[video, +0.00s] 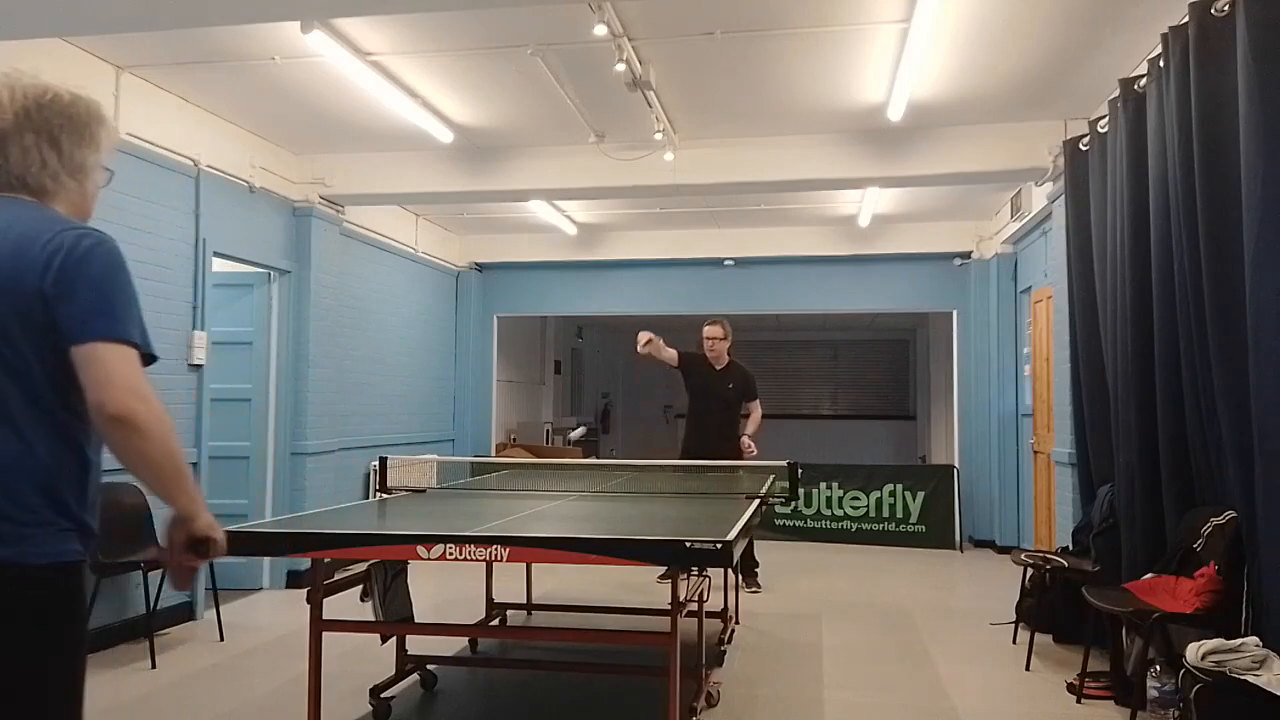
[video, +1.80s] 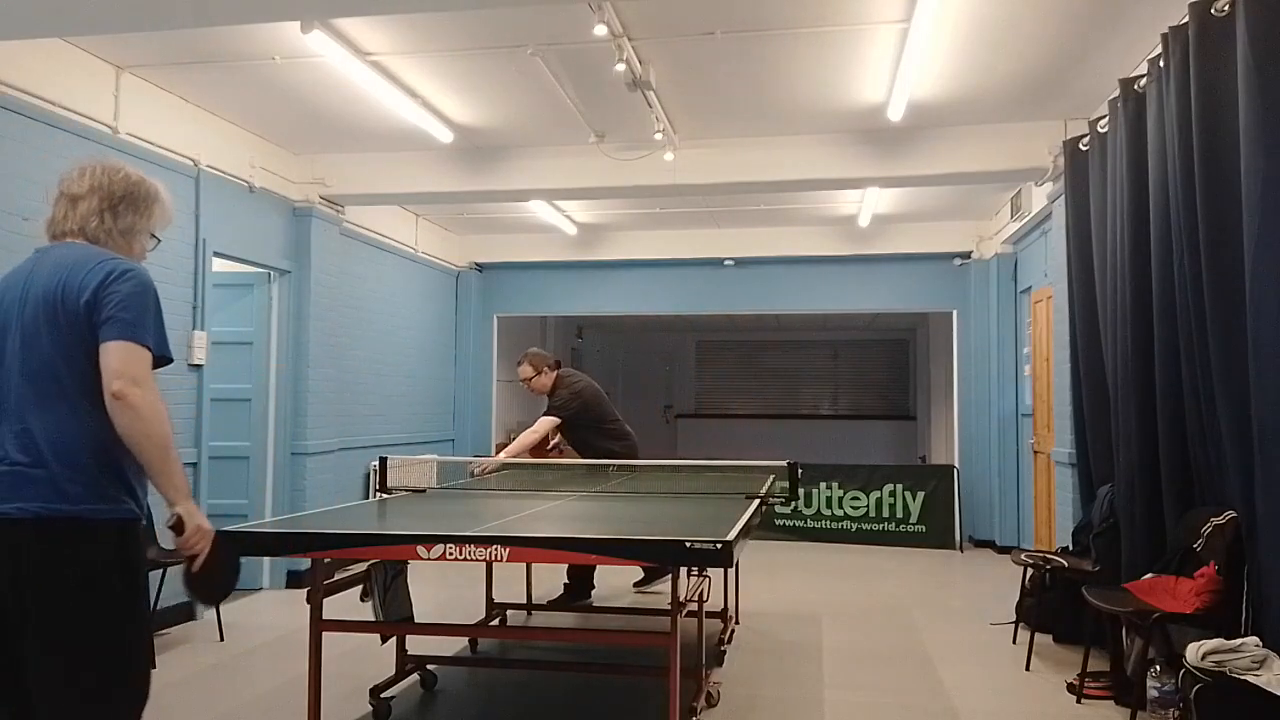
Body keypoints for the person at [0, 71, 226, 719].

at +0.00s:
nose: (102, 184)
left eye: (104, 169)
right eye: (98, 168)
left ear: (18, 160)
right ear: (62, 164)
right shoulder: (72, 249)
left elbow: (115, 401)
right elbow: (117, 403)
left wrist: (182, 511)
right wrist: (190, 509)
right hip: (33, 562)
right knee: (41, 706)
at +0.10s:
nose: (90, 194)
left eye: (93, 178)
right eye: (88, 176)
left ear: (11, 165)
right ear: (57, 170)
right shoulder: (58, 252)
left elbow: (94, 404)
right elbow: (97, 405)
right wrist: (147, 519)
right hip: (18, 558)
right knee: (26, 703)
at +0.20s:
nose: (75, 207)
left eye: (78, 193)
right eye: (74, 190)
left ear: (12, 175)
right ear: (44, 180)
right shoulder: (45, 260)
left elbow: (67, 412)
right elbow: (73, 413)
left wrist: (40, 546)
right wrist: (101, 531)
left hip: (13, 554)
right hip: (7, 554)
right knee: (13, 704)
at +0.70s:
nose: (27, 213)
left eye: (30, 202)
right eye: (28, 201)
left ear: (11, 196)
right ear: (13, 194)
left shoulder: (20, 273)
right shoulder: (16, 272)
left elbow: (64, 414)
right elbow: (66, 415)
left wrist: (111, 494)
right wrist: (115, 497)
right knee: (5, 696)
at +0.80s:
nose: (47, 217)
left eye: (49, 204)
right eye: (46, 203)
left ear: (6, 192)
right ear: (25, 198)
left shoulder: (29, 280)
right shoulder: (26, 278)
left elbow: (102, 423)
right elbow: (103, 425)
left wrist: (153, 453)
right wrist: (159, 459)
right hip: (6, 548)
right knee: (15, 702)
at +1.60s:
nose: (132, 249)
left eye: (136, 238)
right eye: (132, 235)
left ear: (50, 213)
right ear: (107, 224)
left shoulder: (8, 268)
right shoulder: (110, 280)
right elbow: (118, 396)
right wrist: (161, 515)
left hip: (8, 530)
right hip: (71, 540)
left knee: (14, 697)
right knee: (73, 703)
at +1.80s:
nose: (148, 252)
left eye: (153, 240)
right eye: (148, 237)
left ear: (70, 216)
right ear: (121, 223)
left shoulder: (12, 281)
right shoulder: (119, 277)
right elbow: (126, 388)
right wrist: (181, 500)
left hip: (10, 525)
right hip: (86, 530)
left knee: (19, 690)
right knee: (103, 695)